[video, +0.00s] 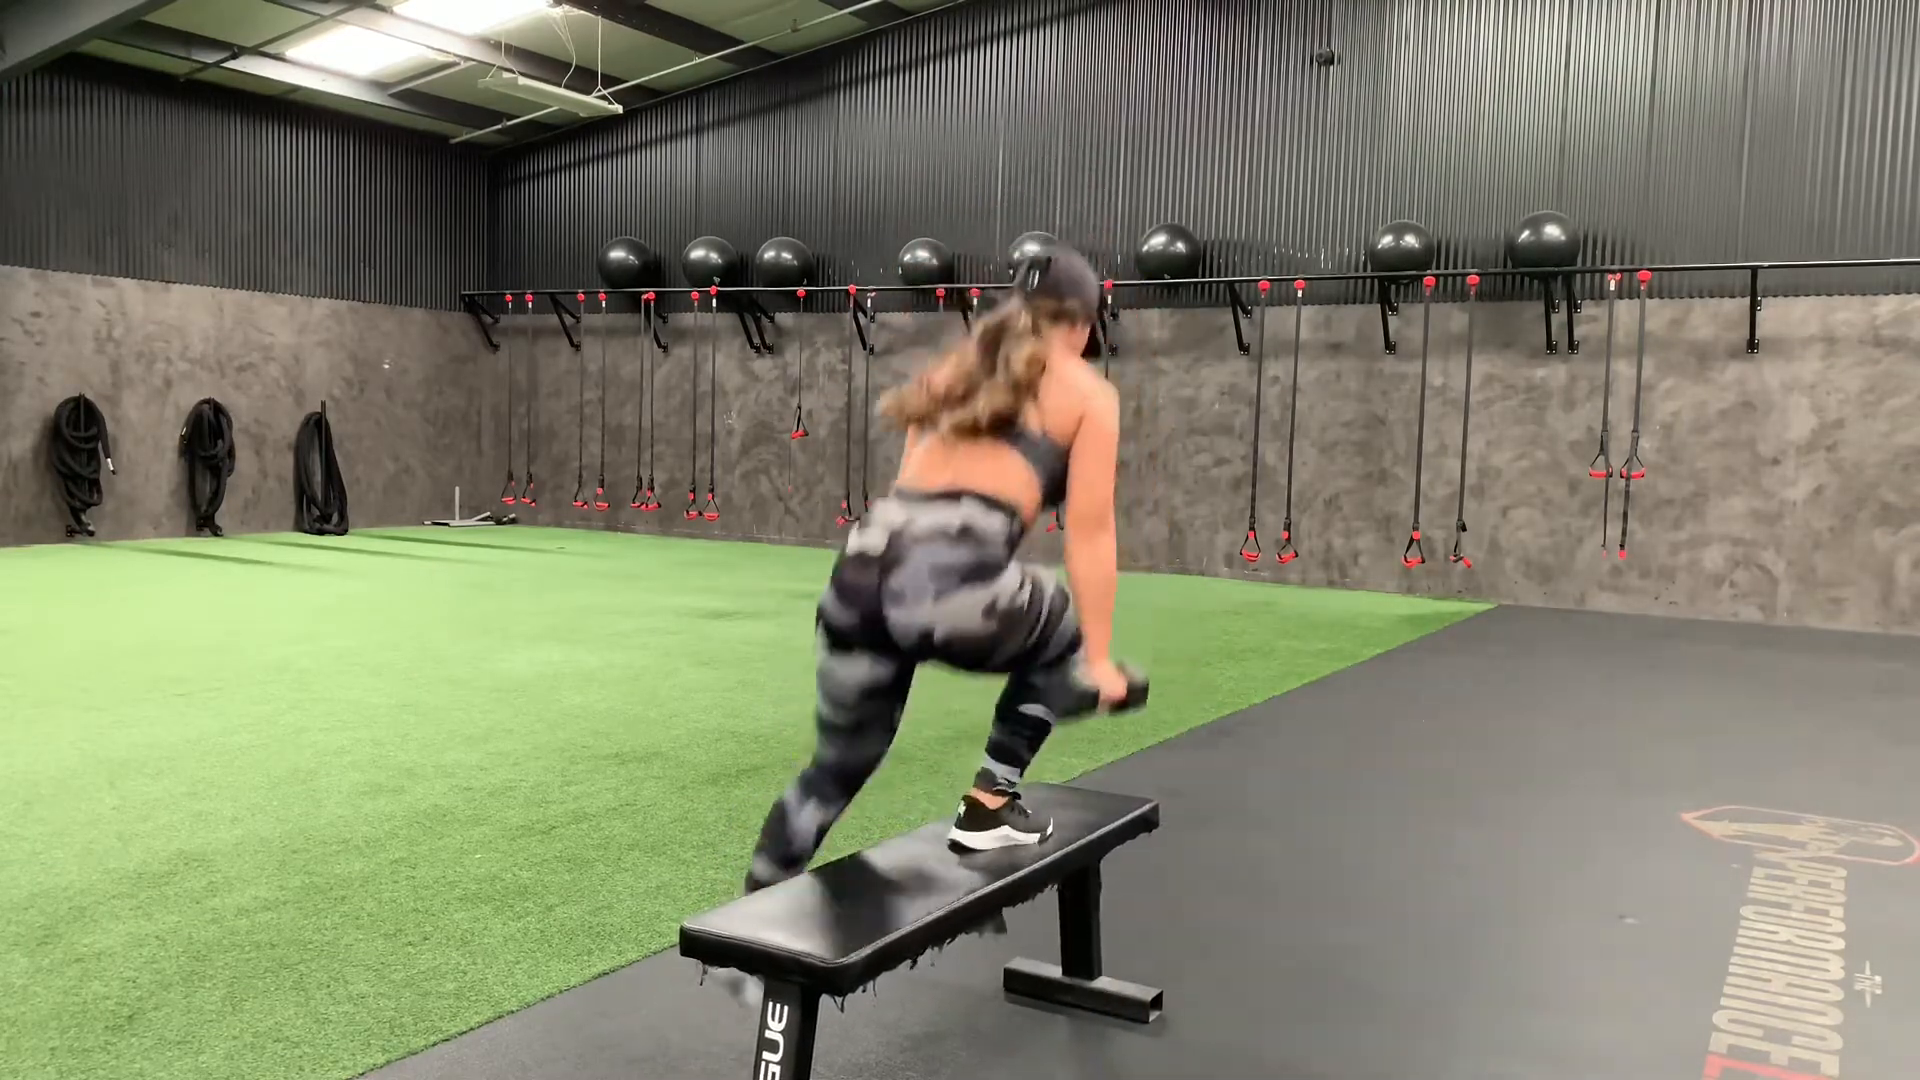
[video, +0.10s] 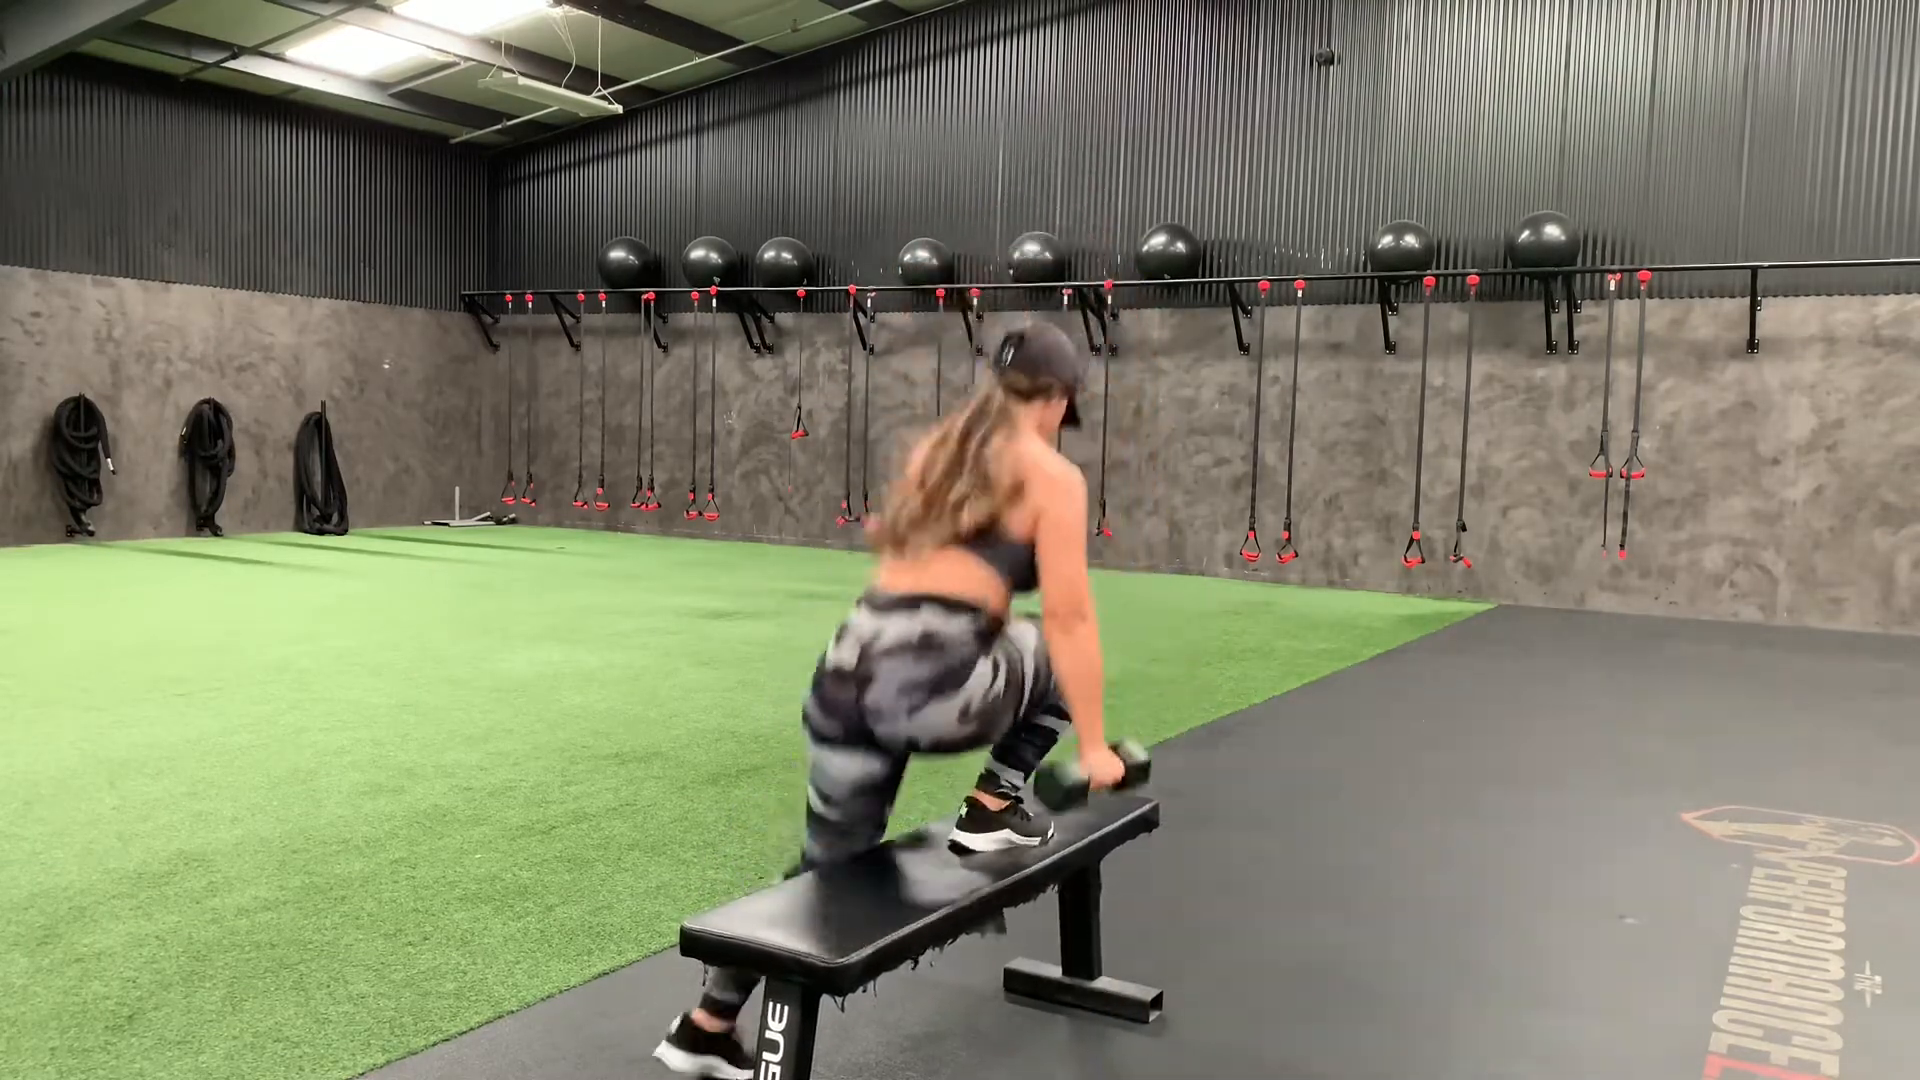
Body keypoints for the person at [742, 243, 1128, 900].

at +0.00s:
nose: (1085, 340)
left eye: (1085, 327)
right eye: (1085, 327)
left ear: (1014, 314)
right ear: (1077, 325)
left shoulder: (952, 371)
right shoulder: (1086, 392)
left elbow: (910, 482)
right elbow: (1089, 530)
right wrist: (1097, 659)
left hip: (858, 583)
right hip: (952, 588)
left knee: (836, 765)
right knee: (1063, 636)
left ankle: (755, 914)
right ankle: (988, 808)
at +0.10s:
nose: (1064, 419)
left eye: (1066, 405)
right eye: (1067, 405)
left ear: (997, 389)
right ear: (1057, 401)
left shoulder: (932, 451)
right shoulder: (1052, 475)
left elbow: (912, 566)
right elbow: (1072, 618)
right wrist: (1092, 746)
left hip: (846, 679)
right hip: (931, 686)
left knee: (827, 872)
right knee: (1059, 650)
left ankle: (709, 1020)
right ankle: (993, 804)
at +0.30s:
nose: (1105, 337)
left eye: (1105, 325)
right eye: (1105, 325)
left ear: (1032, 311)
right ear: (1094, 323)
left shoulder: (967, 368)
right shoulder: (1098, 389)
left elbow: (918, 478)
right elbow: (1097, 529)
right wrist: (1106, 659)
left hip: (860, 569)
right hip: (951, 580)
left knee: (832, 760)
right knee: (1068, 629)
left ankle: (743, 939)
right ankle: (993, 802)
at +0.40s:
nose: (1111, 277)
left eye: (1111, 264)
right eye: (1112, 264)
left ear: (1043, 246)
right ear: (1104, 257)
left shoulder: (972, 301)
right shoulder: (1113, 323)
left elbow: (912, 417)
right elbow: (1110, 462)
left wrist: (859, 514)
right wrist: (1117, 589)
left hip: (886, 493)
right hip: (979, 501)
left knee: (907, 665)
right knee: (1063, 617)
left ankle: (786, 813)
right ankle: (1002, 792)